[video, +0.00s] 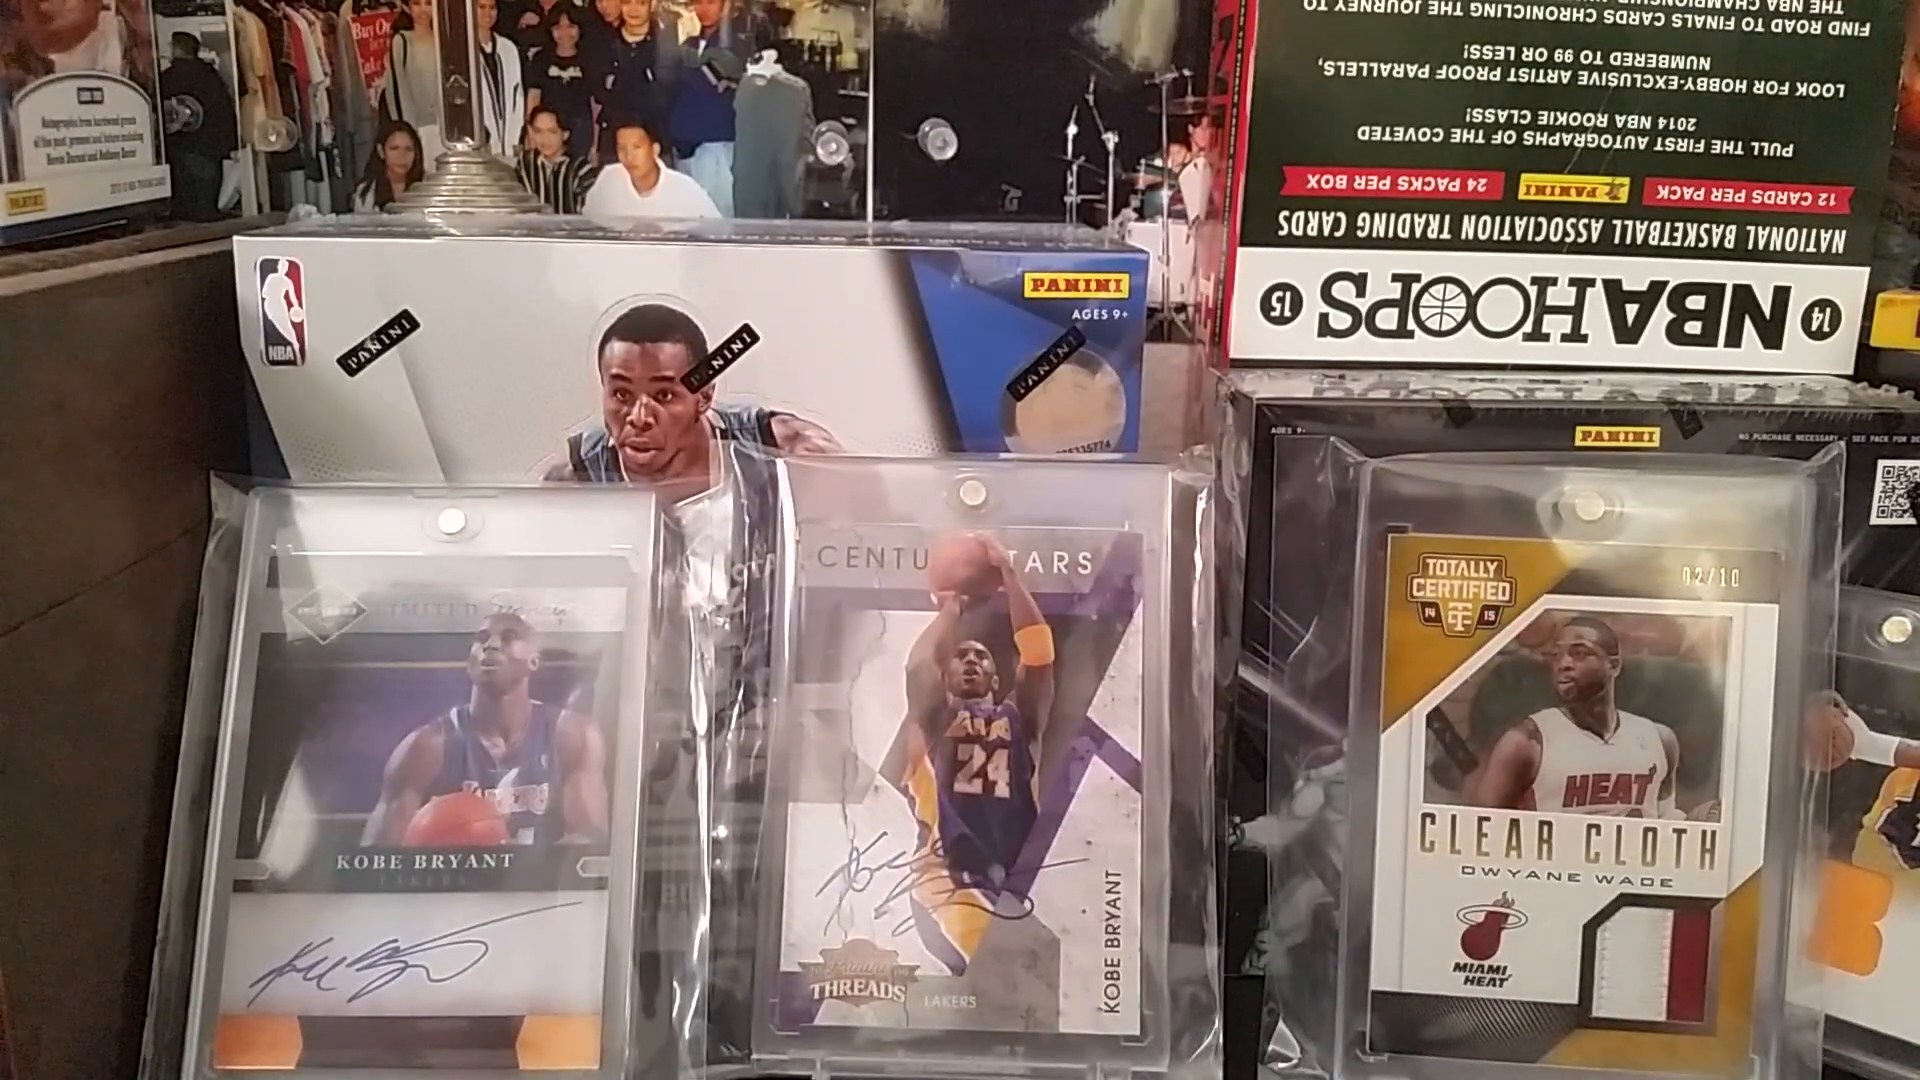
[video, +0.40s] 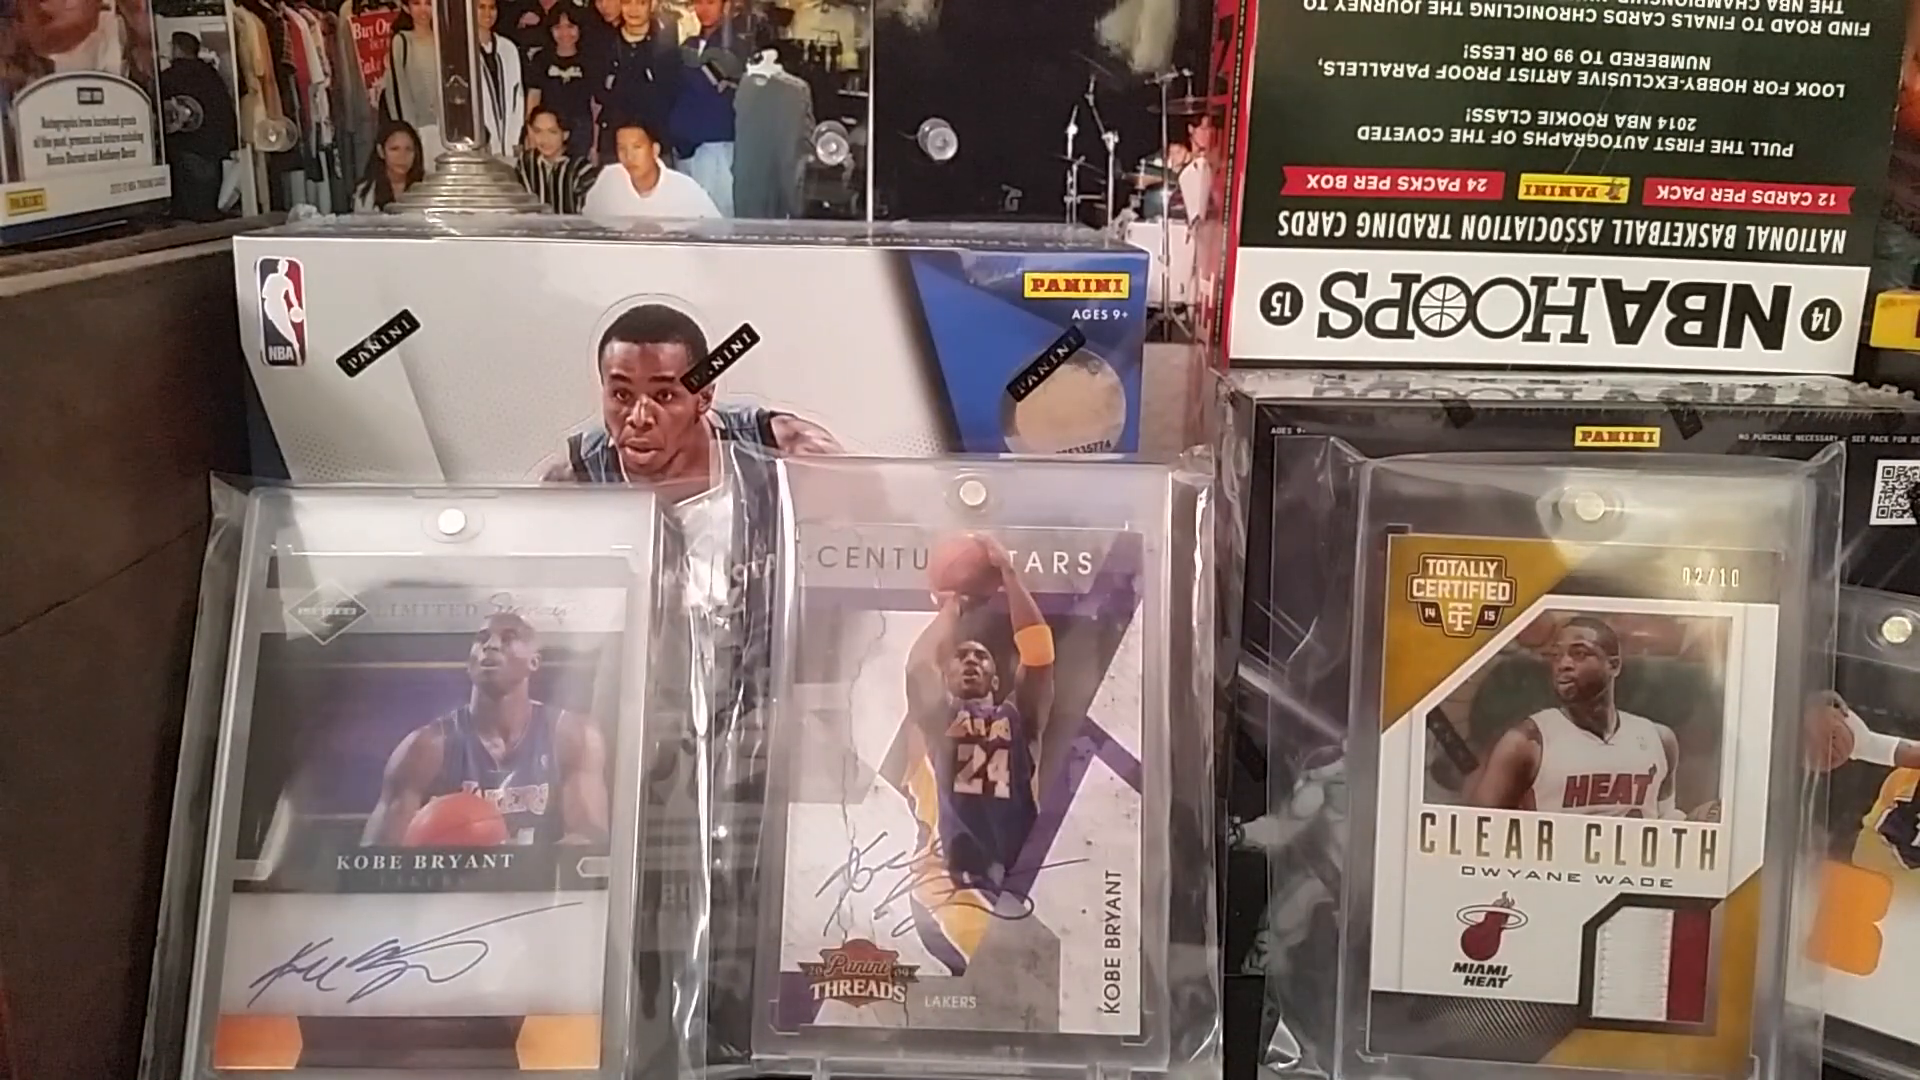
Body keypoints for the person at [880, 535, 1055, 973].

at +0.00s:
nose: (972, 660)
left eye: (981, 656)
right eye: (960, 655)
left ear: (997, 674)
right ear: (944, 672)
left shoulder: (1020, 719)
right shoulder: (934, 718)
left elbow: (1036, 651)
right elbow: (920, 666)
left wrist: (1009, 572)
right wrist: (950, 607)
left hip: (1010, 879)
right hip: (945, 877)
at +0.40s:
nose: (970, 661)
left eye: (981, 656)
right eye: (959, 656)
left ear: (996, 673)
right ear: (944, 674)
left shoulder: (1020, 716)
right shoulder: (938, 719)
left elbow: (1037, 652)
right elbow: (919, 665)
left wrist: (1009, 571)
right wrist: (950, 607)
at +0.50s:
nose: (970, 661)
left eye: (981, 657)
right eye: (960, 656)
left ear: (996, 675)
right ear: (945, 675)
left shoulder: (1020, 716)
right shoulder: (938, 720)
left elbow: (1037, 652)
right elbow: (919, 664)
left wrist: (1008, 571)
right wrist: (952, 605)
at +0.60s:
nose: (970, 661)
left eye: (981, 656)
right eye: (959, 656)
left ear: (996, 674)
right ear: (944, 674)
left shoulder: (1020, 716)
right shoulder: (938, 719)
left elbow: (1037, 652)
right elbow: (919, 665)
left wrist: (1009, 571)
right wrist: (952, 606)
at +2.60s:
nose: (972, 660)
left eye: (982, 657)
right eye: (962, 656)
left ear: (995, 674)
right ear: (948, 669)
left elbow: (1038, 653)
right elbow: (919, 666)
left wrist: (1008, 571)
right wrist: (952, 604)